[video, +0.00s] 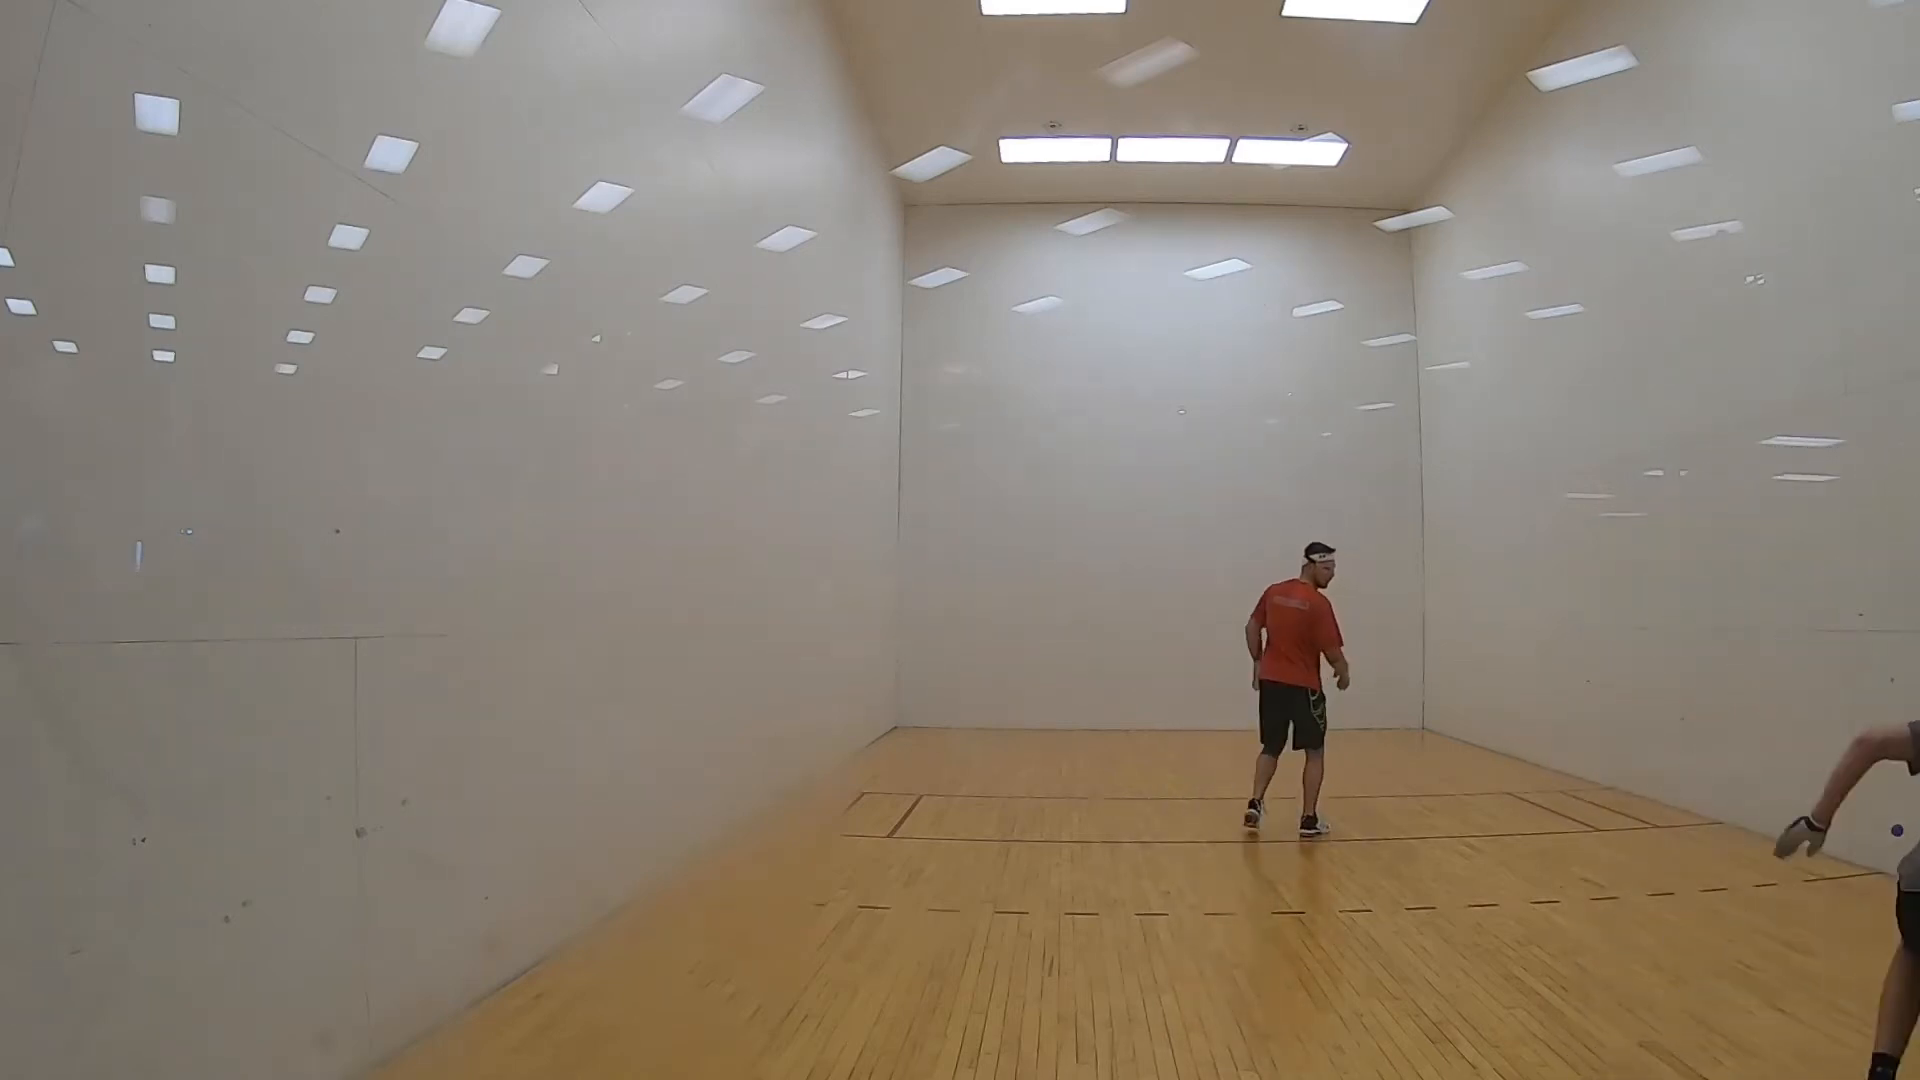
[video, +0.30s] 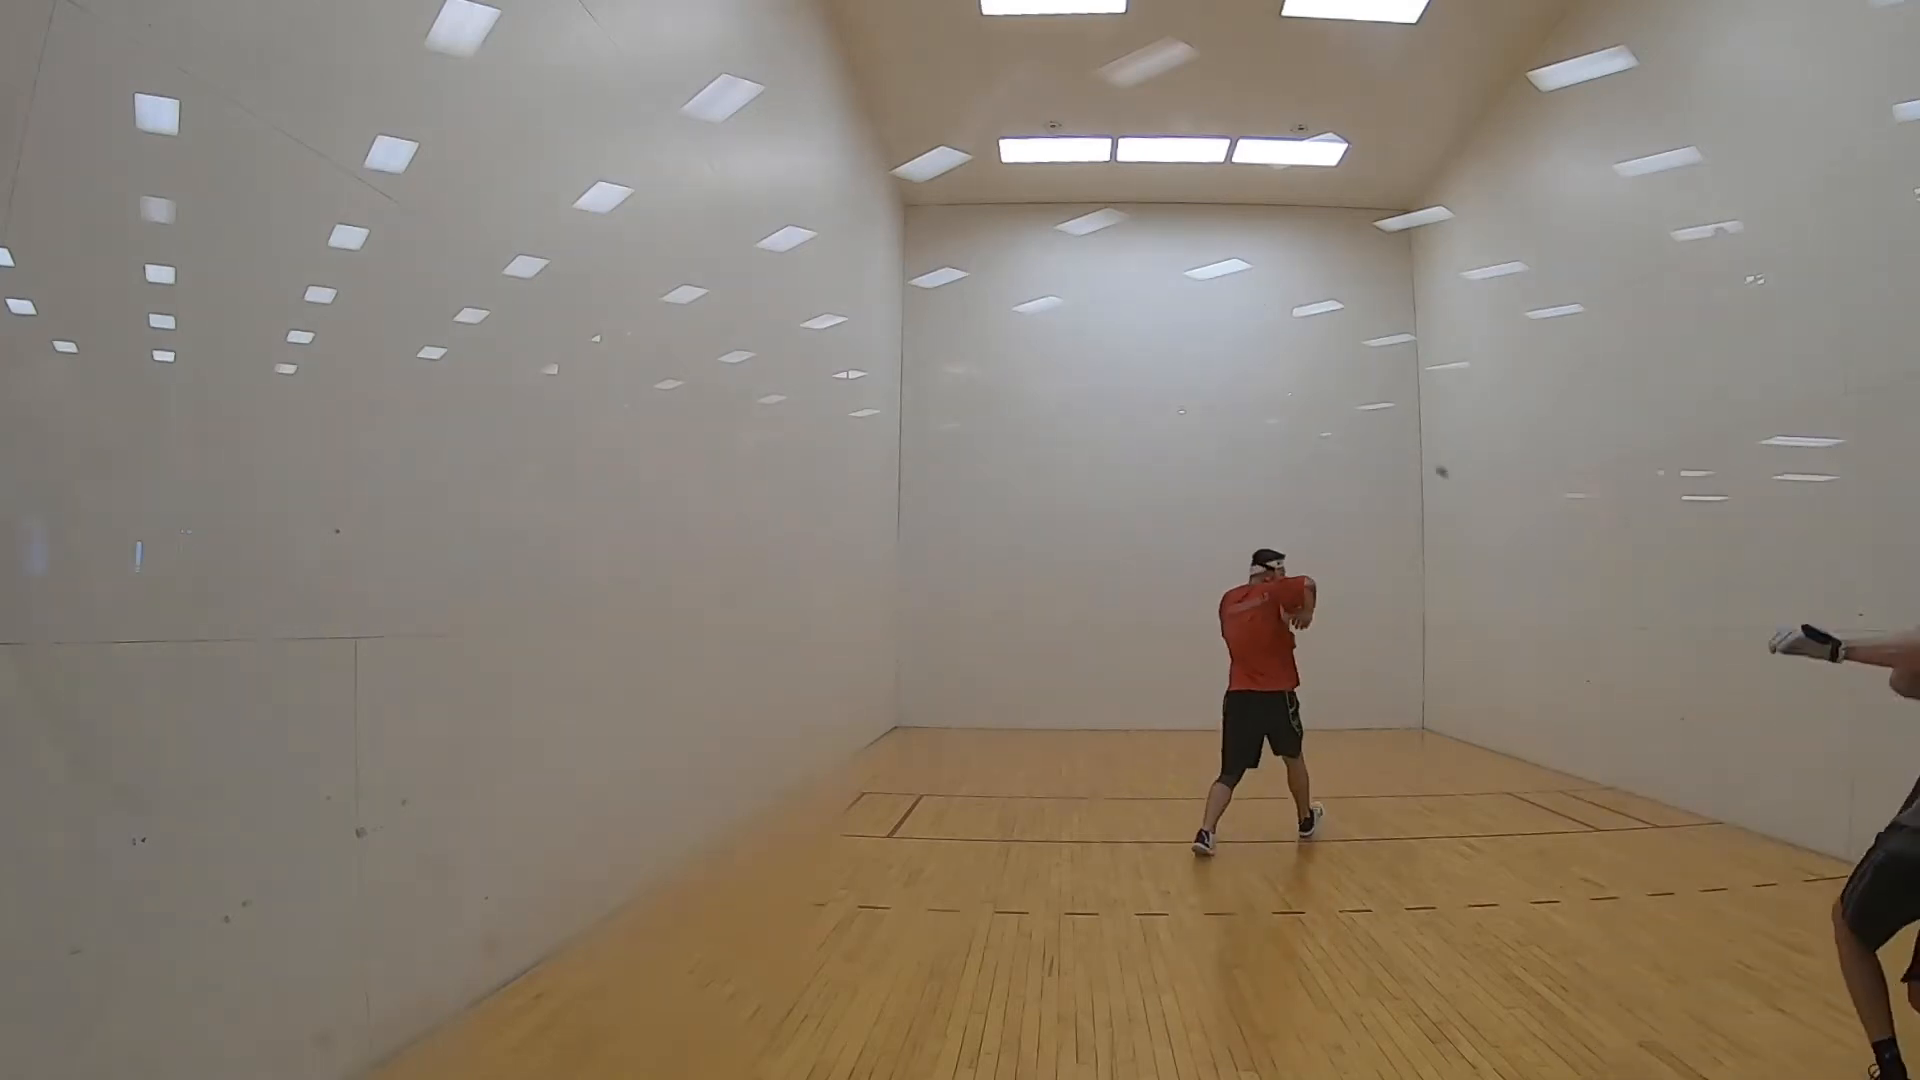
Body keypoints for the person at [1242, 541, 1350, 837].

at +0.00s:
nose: (1332, 573)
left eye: (1333, 567)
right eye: (1328, 567)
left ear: (1307, 567)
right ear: (1312, 566)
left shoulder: (1274, 591)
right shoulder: (1319, 603)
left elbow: (1252, 626)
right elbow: (1331, 652)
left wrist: (1258, 662)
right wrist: (1343, 670)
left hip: (1270, 684)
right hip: (1304, 688)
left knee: (1271, 747)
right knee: (1314, 752)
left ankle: (1255, 803)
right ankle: (1309, 819)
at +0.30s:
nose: (1283, 576)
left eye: (1283, 571)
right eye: (1282, 571)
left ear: (1252, 571)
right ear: (1273, 571)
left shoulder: (1228, 599)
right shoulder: (1278, 589)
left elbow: (1229, 636)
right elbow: (1308, 584)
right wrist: (1307, 611)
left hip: (1239, 698)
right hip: (1277, 697)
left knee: (1230, 771)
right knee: (1293, 758)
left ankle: (1205, 832)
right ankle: (1305, 820)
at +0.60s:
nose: (1228, 564)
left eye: (1225, 559)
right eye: (1237, 562)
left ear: (1221, 561)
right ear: (1250, 563)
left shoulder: (1199, 603)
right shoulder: (1268, 598)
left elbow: (1191, 655)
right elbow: (1296, 635)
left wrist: (1199, 696)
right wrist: (1275, 654)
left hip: (1217, 704)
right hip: (1260, 703)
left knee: (1215, 772)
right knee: (1275, 770)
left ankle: (1203, 838)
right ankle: (1275, 838)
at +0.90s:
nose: (1242, 554)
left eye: (1242, 549)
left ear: (1244, 554)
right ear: (1275, 558)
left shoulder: (1217, 597)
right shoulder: (1291, 605)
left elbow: (1179, 636)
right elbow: (1309, 647)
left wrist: (1142, 663)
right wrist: (1272, 638)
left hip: (1223, 710)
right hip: (1267, 715)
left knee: (1211, 777)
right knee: (1267, 790)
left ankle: (1202, 835)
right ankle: (1255, 864)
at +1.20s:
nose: (1256, 532)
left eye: (1258, 528)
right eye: (1265, 528)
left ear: (1261, 533)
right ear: (1295, 540)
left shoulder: (1233, 579)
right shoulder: (1314, 589)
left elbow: (1195, 623)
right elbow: (1349, 634)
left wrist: (1178, 650)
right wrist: (1339, 675)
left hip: (1238, 708)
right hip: (1287, 712)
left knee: (1216, 787)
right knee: (1266, 793)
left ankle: (1222, 874)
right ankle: (1268, 885)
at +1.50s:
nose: (1281, 527)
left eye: (1283, 522)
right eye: (1290, 523)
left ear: (1286, 528)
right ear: (1324, 534)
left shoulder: (1259, 579)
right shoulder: (1348, 587)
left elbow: (1227, 639)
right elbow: (1376, 648)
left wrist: (1223, 678)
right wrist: (1347, 687)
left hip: (1274, 722)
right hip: (1330, 722)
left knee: (1252, 819)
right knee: (1319, 807)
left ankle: (1236, 929)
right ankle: (1317, 905)